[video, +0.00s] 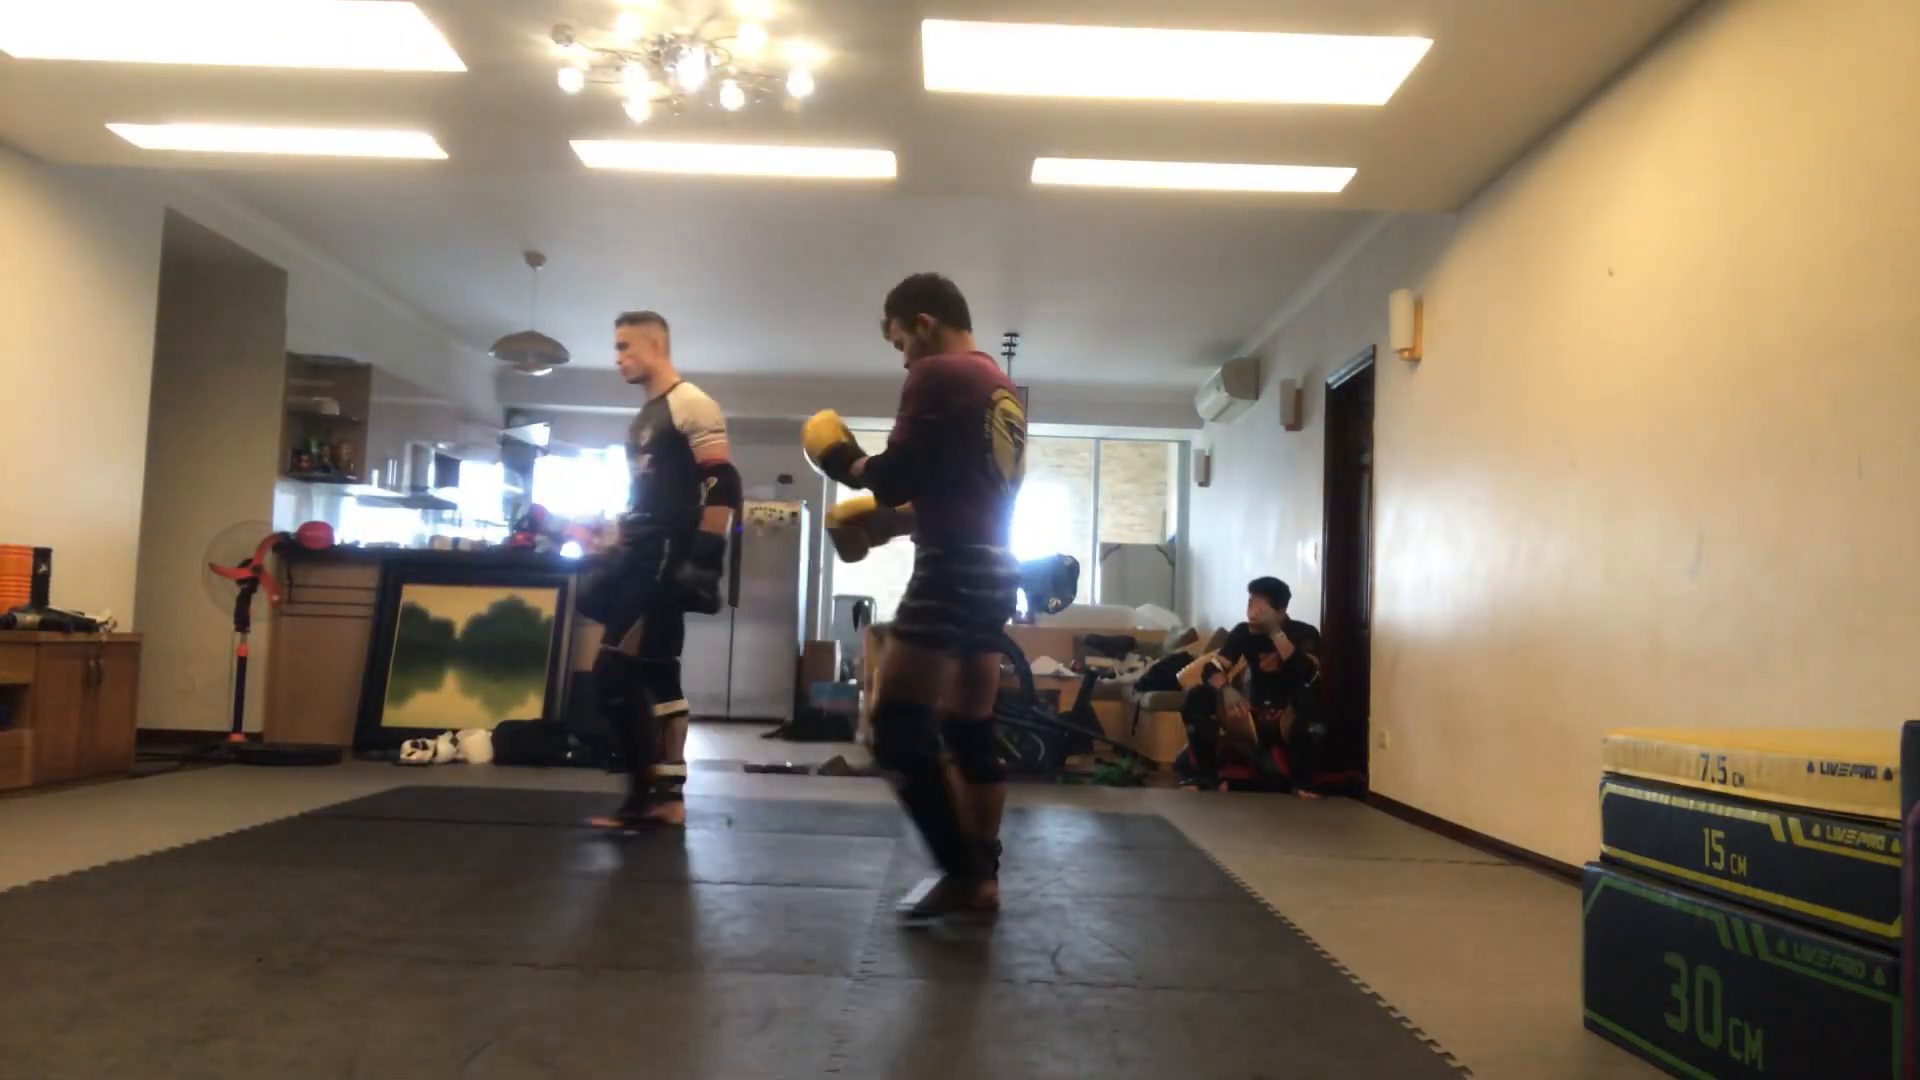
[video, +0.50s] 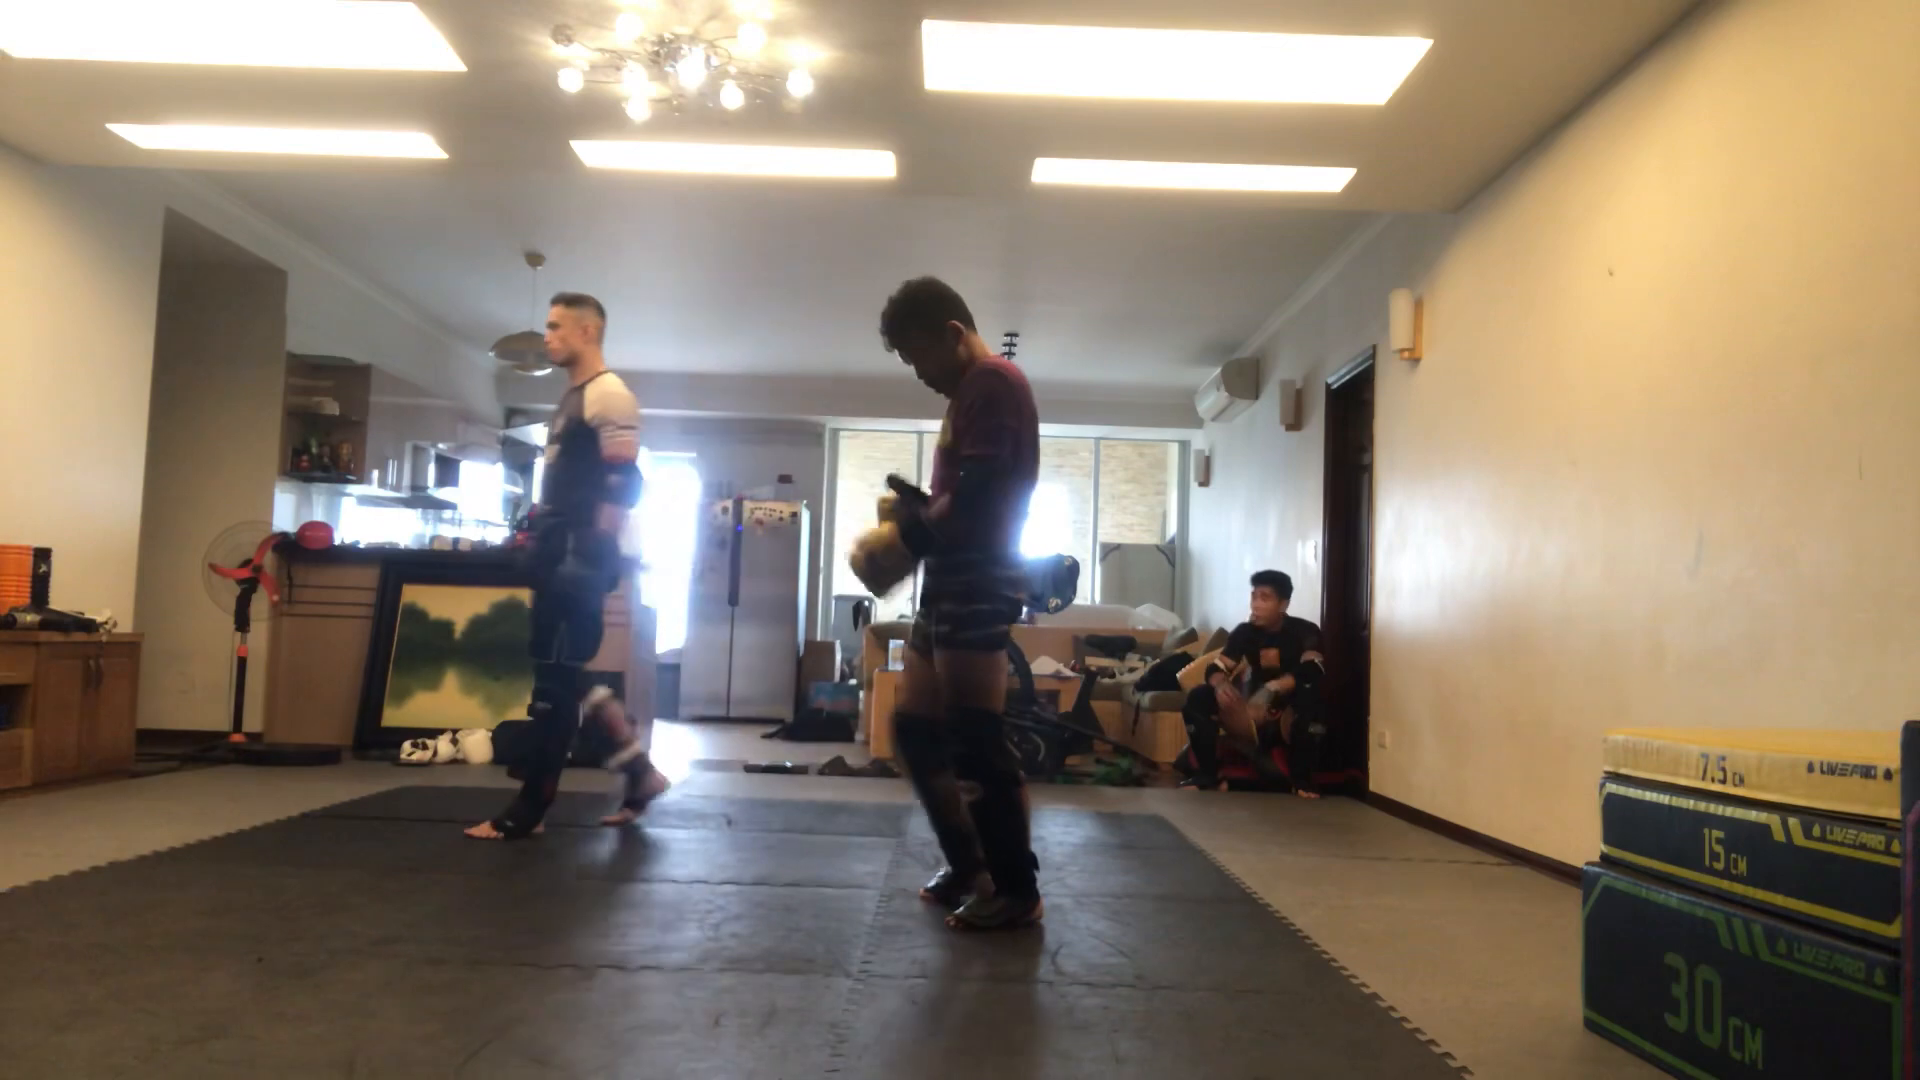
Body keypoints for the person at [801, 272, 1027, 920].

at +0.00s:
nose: (901, 354)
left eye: (899, 340)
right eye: (896, 342)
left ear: (924, 324)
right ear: (951, 326)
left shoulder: (935, 374)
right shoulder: (1000, 382)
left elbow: (897, 474)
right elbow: (965, 490)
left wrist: (841, 459)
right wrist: (880, 522)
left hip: (947, 568)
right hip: (992, 568)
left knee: (898, 723)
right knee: (971, 727)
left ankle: (960, 873)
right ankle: (979, 880)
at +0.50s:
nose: (915, 371)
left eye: (916, 356)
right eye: (908, 360)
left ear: (954, 334)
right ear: (951, 339)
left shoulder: (993, 387)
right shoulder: (970, 394)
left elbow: (977, 511)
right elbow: (956, 500)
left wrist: (913, 531)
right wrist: (914, 522)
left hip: (978, 586)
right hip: (948, 586)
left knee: (977, 732)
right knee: (915, 727)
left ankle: (1017, 891)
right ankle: (968, 865)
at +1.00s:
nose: (913, 363)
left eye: (917, 347)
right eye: (905, 351)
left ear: (960, 334)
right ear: (924, 345)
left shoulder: (1000, 386)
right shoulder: (931, 399)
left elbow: (967, 489)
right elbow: (900, 482)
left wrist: (900, 535)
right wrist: (851, 492)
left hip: (974, 576)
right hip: (922, 577)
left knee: (972, 733)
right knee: (883, 727)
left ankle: (1017, 893)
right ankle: (895, 867)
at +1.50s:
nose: (933, 362)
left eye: (940, 346)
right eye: (926, 349)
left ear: (980, 334)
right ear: (928, 342)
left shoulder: (1016, 387)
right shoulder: (936, 396)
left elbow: (988, 485)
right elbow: (907, 473)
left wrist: (924, 537)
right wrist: (885, 515)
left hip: (991, 578)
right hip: (935, 579)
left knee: (985, 733)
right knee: (893, 727)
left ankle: (1017, 893)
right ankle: (897, 868)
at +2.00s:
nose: (949, 359)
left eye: (958, 343)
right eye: (944, 345)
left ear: (1001, 331)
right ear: (946, 338)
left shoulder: (1034, 390)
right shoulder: (960, 401)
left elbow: (1004, 490)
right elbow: (938, 502)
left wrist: (922, 537)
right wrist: (896, 466)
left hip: (997, 575)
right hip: (945, 574)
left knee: (989, 734)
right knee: (906, 728)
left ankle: (1018, 893)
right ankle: (899, 868)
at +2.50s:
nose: (963, 347)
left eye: (974, 333)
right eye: (960, 333)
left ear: (1018, 328)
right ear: (969, 329)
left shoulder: (1042, 391)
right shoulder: (972, 390)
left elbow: (966, 464)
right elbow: (918, 446)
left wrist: (884, 503)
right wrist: (868, 478)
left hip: (993, 576)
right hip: (945, 575)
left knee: (988, 735)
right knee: (919, 728)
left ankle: (1017, 893)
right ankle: (899, 869)